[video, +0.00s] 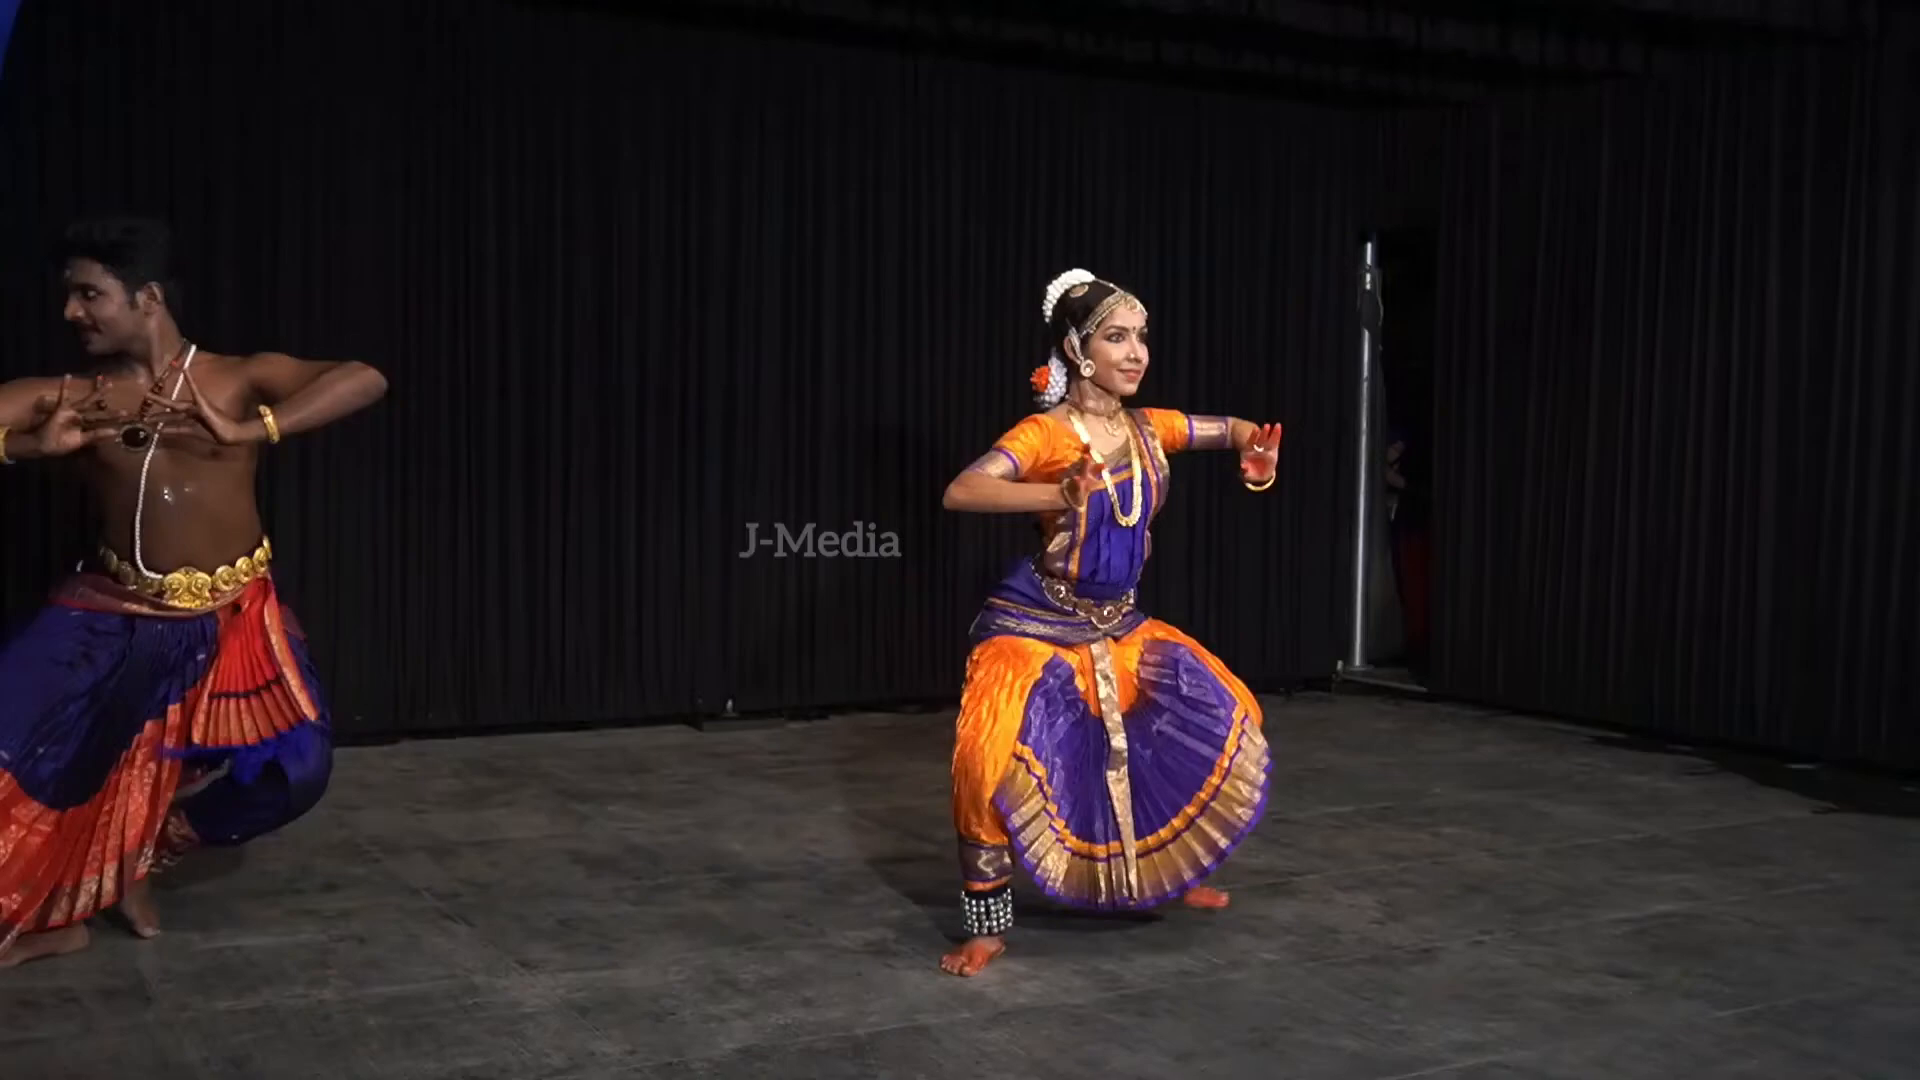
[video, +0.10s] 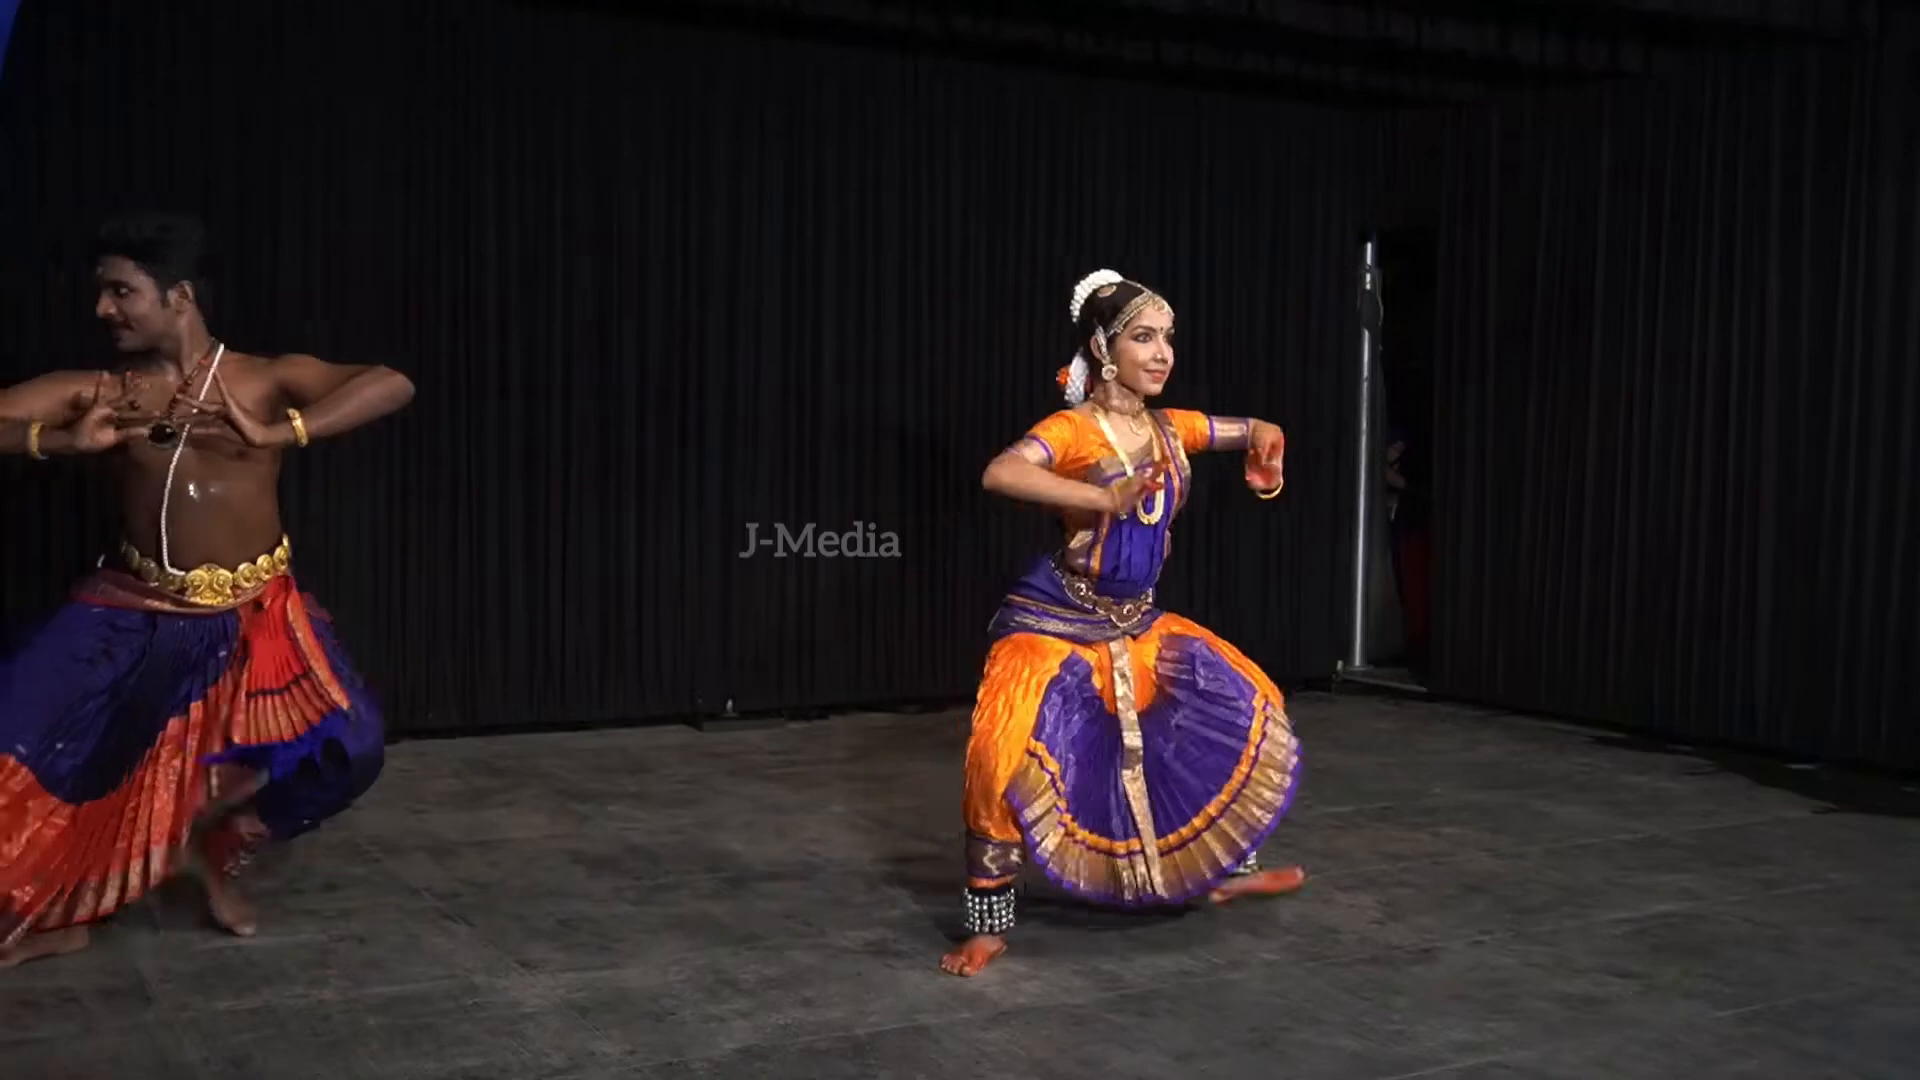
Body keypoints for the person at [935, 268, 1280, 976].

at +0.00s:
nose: (1137, 352)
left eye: (1142, 337)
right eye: (1119, 338)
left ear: (1146, 349)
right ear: (1078, 352)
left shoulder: (1151, 427)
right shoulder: (1047, 435)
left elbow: (1233, 429)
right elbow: (962, 491)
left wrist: (1255, 447)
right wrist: (1058, 494)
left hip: (1120, 626)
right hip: (1034, 624)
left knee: (1229, 710)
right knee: (980, 750)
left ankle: (1168, 863)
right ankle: (986, 924)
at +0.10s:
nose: (1163, 353)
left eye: (1168, 338)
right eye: (1146, 337)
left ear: (1171, 351)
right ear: (1104, 350)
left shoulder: (1172, 427)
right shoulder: (1074, 429)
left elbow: (1260, 431)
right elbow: (1002, 473)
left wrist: (1265, 459)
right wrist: (1100, 498)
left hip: (1138, 623)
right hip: (1054, 620)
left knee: (1249, 701)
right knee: (995, 747)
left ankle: (1214, 867)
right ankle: (988, 922)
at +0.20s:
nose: (1227, 346)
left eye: (1233, 332)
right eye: (1210, 331)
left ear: (1237, 343)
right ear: (1168, 342)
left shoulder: (1238, 422)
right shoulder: (1140, 417)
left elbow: (1327, 434)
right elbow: (1095, 456)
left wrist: (1327, 458)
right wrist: (1194, 494)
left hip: (1201, 616)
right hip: (1117, 612)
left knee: (1295, 712)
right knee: (1042, 737)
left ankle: (1296, 877)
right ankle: (995, 916)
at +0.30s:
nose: (1287, 344)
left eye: (1292, 330)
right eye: (1270, 329)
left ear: (1295, 342)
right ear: (1226, 342)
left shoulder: (1298, 418)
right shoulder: (1203, 413)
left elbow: (1388, 426)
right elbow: (1163, 459)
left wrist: (1387, 452)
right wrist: (1255, 491)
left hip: (1264, 611)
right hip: (1182, 605)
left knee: (1341, 718)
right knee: (1091, 721)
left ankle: (1309, 881)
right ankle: (1050, 894)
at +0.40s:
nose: (1335, 344)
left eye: (1339, 331)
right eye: (1319, 329)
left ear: (1342, 343)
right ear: (1279, 341)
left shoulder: (1344, 415)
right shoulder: (1253, 412)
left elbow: (1437, 422)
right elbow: (1211, 459)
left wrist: (1431, 447)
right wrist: (1309, 491)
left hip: (1313, 607)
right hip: (1234, 601)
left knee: (1362, 720)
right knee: (1168, 711)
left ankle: (1312, 880)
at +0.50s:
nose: (1374, 342)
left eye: (1379, 329)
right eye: (1357, 328)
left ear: (1383, 339)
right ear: (1318, 340)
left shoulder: (1385, 412)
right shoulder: (1293, 411)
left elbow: (1476, 420)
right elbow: (1254, 455)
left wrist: (1471, 442)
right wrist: (1349, 485)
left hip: (1351, 607)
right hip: (1279, 607)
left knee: (1392, 721)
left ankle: (1314, 875)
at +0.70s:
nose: (1431, 346)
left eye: (1434, 335)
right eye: (1413, 336)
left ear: (1437, 347)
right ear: (1377, 353)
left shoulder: (1445, 419)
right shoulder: (1355, 422)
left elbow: (1534, 424)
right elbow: (1312, 461)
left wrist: (1526, 449)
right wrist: (1405, 488)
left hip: (1412, 604)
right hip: (1342, 608)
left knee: (1494, 706)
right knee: (1378, 746)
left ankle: (1393, 825)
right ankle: (1406, 830)